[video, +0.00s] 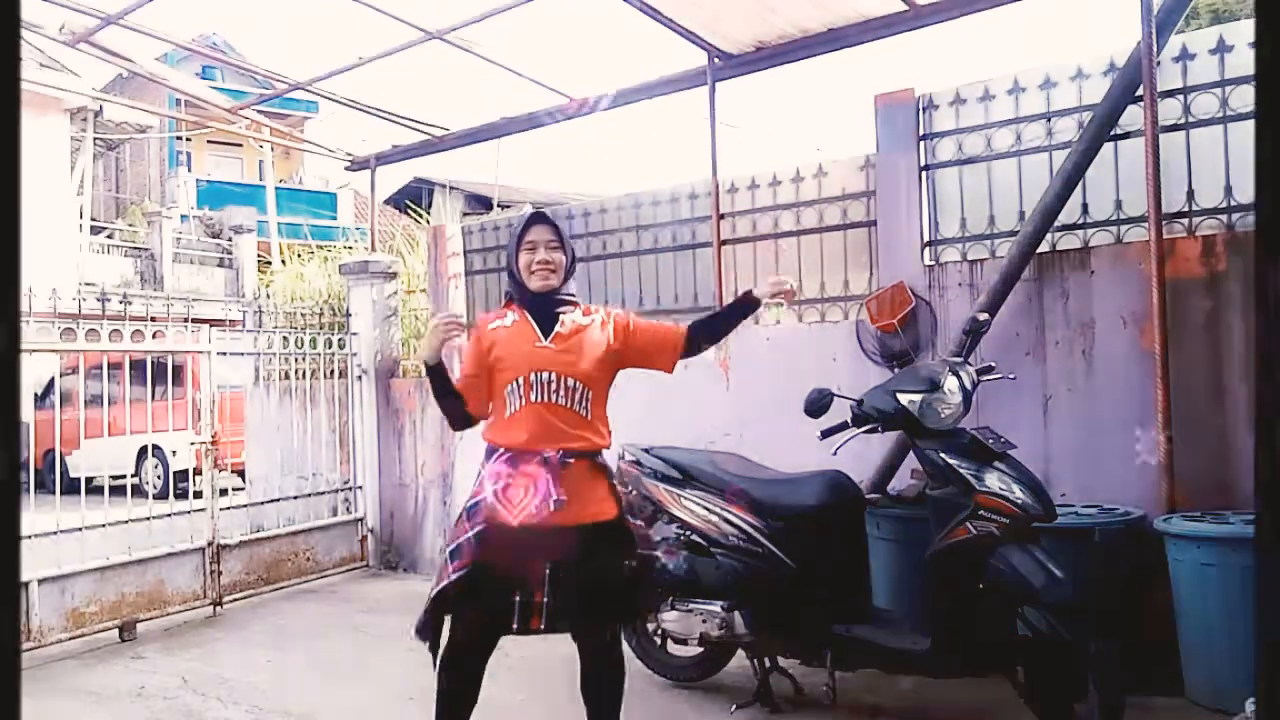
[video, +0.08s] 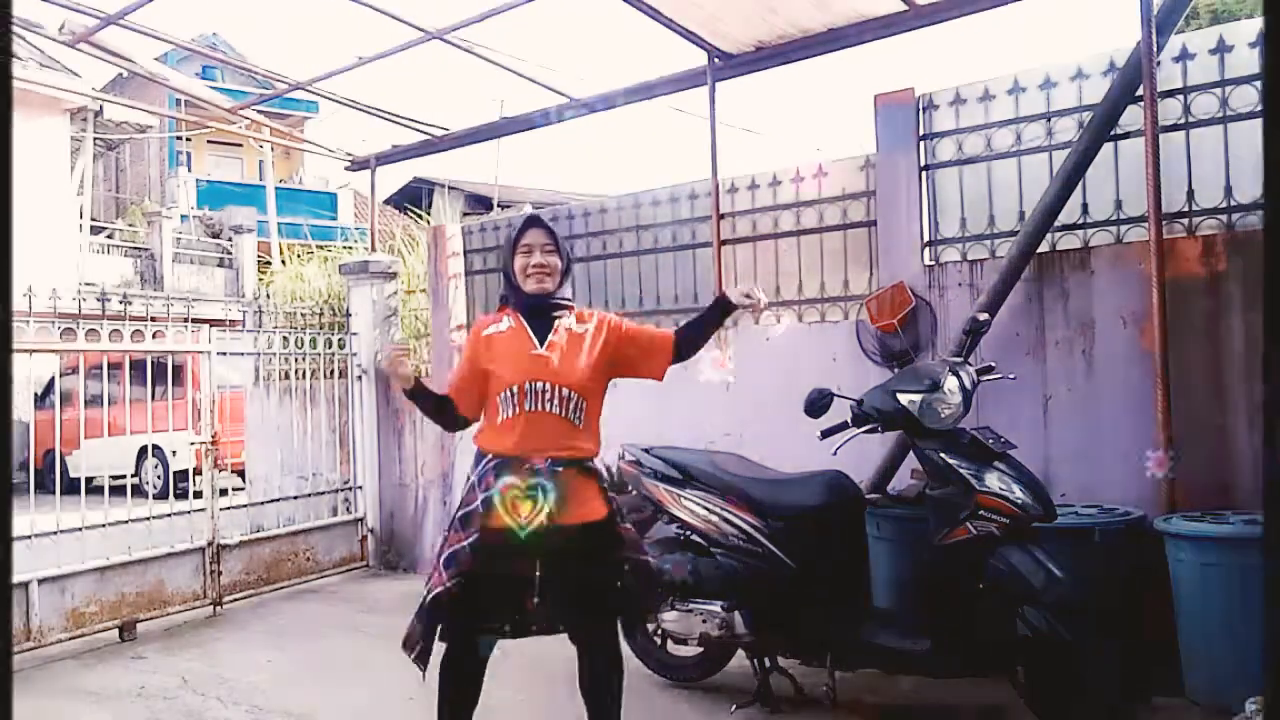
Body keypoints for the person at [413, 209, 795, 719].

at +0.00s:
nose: (542, 258)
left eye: (552, 247)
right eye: (530, 249)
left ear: (569, 258)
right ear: (513, 261)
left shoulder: (604, 325)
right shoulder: (489, 331)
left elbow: (687, 340)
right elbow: (462, 416)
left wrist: (753, 299)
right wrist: (433, 362)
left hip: (585, 503)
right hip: (504, 504)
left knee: (600, 642)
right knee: (466, 641)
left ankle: (603, 719)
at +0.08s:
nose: (538, 261)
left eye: (548, 252)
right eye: (526, 253)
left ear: (563, 263)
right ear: (510, 266)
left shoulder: (598, 328)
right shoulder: (487, 333)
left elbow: (675, 347)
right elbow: (457, 415)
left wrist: (725, 304)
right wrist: (411, 386)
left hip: (575, 488)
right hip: (497, 490)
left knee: (599, 640)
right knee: (467, 640)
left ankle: (605, 718)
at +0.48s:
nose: (544, 311)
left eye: (555, 302)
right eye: (532, 301)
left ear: (567, 314)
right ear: (514, 311)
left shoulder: (578, 391)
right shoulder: (492, 340)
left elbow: (566, 479)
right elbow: (452, 356)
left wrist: (553, 553)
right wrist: (496, 359)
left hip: (577, 506)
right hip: (507, 511)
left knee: (636, 624)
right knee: (445, 629)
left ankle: (657, 713)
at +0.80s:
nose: (583, 291)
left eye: (592, 281)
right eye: (571, 283)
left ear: (606, 289)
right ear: (554, 295)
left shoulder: (638, 334)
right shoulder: (540, 362)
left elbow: (712, 312)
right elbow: (509, 456)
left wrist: (677, 283)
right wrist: (469, 529)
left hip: (596, 520)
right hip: (522, 518)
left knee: (647, 639)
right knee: (460, 638)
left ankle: (662, 718)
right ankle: (424, 717)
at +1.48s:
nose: (559, 280)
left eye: (566, 269)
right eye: (545, 271)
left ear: (577, 275)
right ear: (524, 280)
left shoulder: (601, 331)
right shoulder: (503, 339)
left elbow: (661, 390)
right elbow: (465, 428)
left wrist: (661, 322)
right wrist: (420, 507)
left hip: (582, 511)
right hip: (508, 512)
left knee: (635, 629)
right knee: (451, 634)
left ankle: (657, 715)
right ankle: (418, 718)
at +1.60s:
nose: (567, 299)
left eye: (575, 288)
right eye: (555, 289)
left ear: (586, 296)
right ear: (533, 297)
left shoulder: (612, 358)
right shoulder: (512, 364)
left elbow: (663, 422)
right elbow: (473, 442)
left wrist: (672, 350)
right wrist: (432, 508)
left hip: (594, 524)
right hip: (519, 525)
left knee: (644, 634)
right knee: (457, 642)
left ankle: (656, 718)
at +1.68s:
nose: (570, 291)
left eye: (577, 280)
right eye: (556, 282)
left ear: (589, 287)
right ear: (535, 291)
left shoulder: (612, 353)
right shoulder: (511, 353)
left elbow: (656, 422)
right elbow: (466, 416)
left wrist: (675, 361)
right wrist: (441, 464)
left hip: (597, 513)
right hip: (520, 513)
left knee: (643, 632)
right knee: (465, 634)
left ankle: (657, 717)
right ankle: (425, 719)